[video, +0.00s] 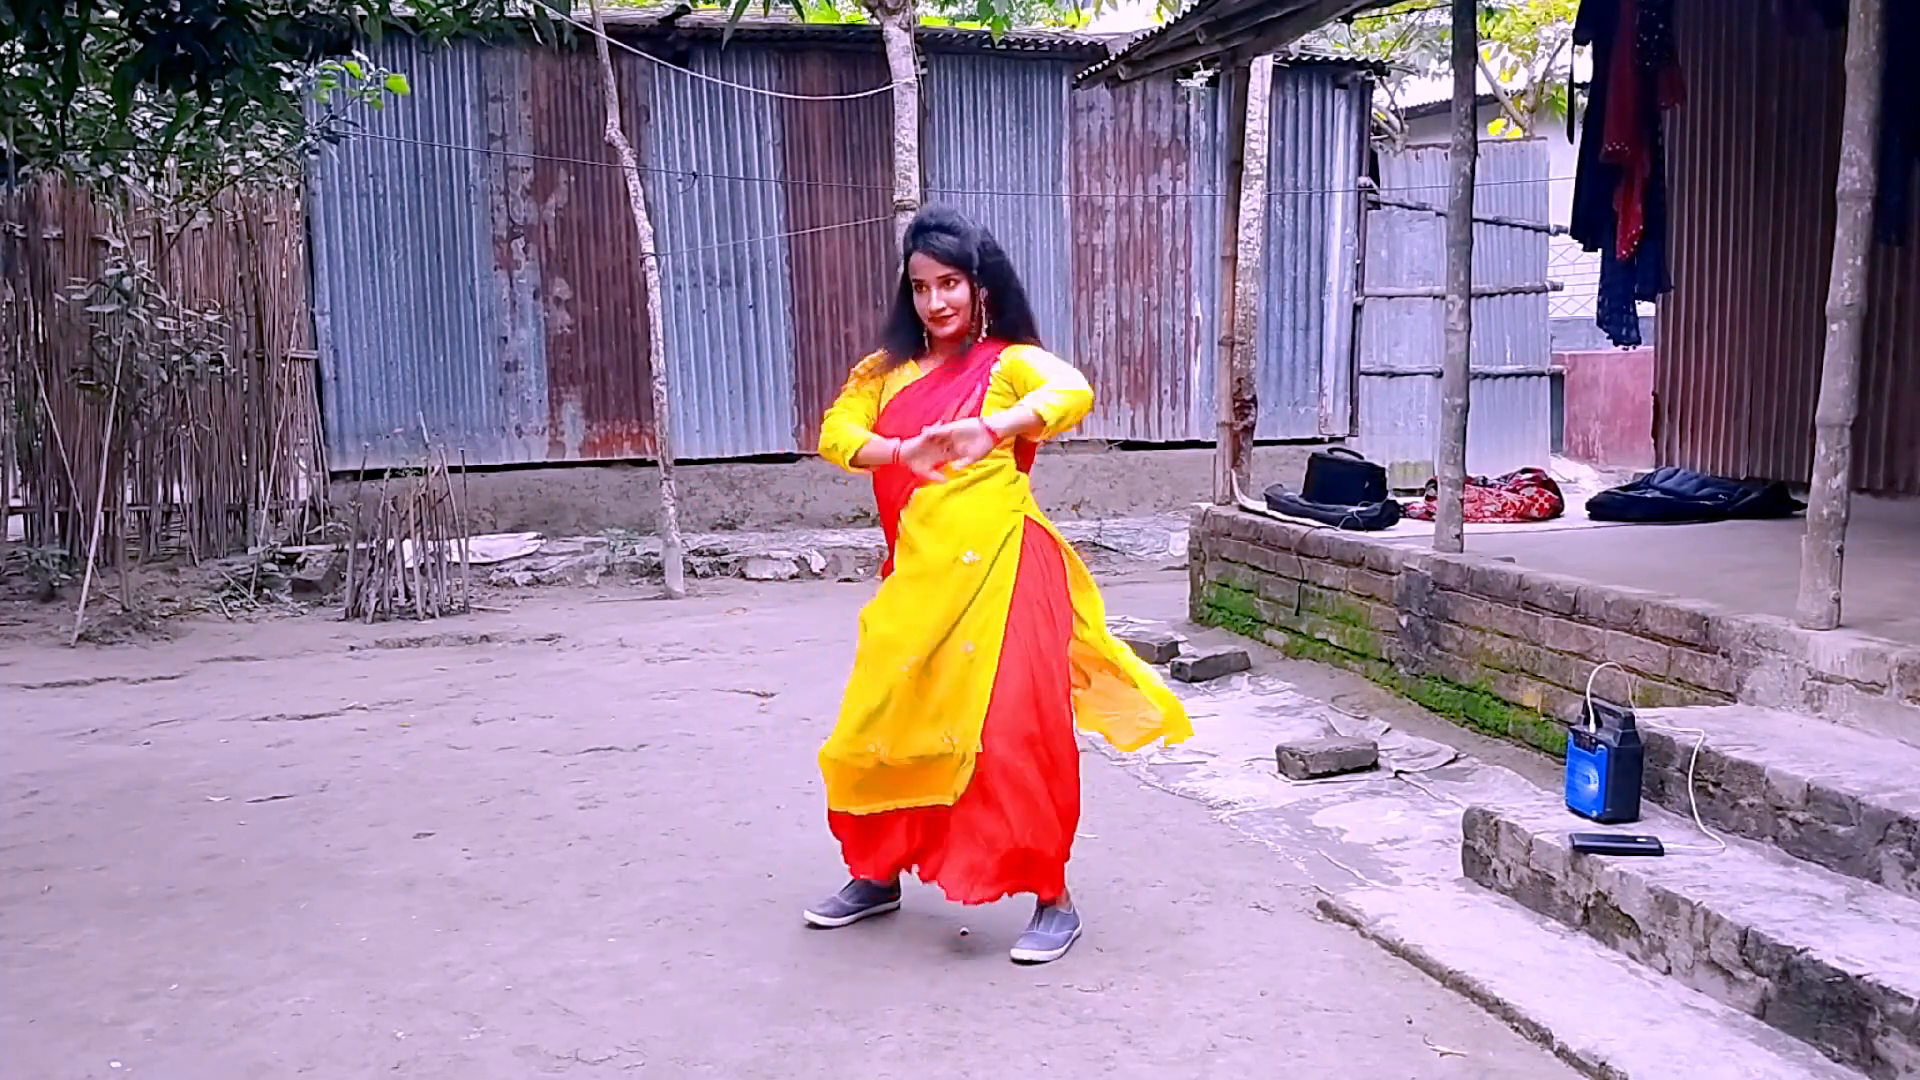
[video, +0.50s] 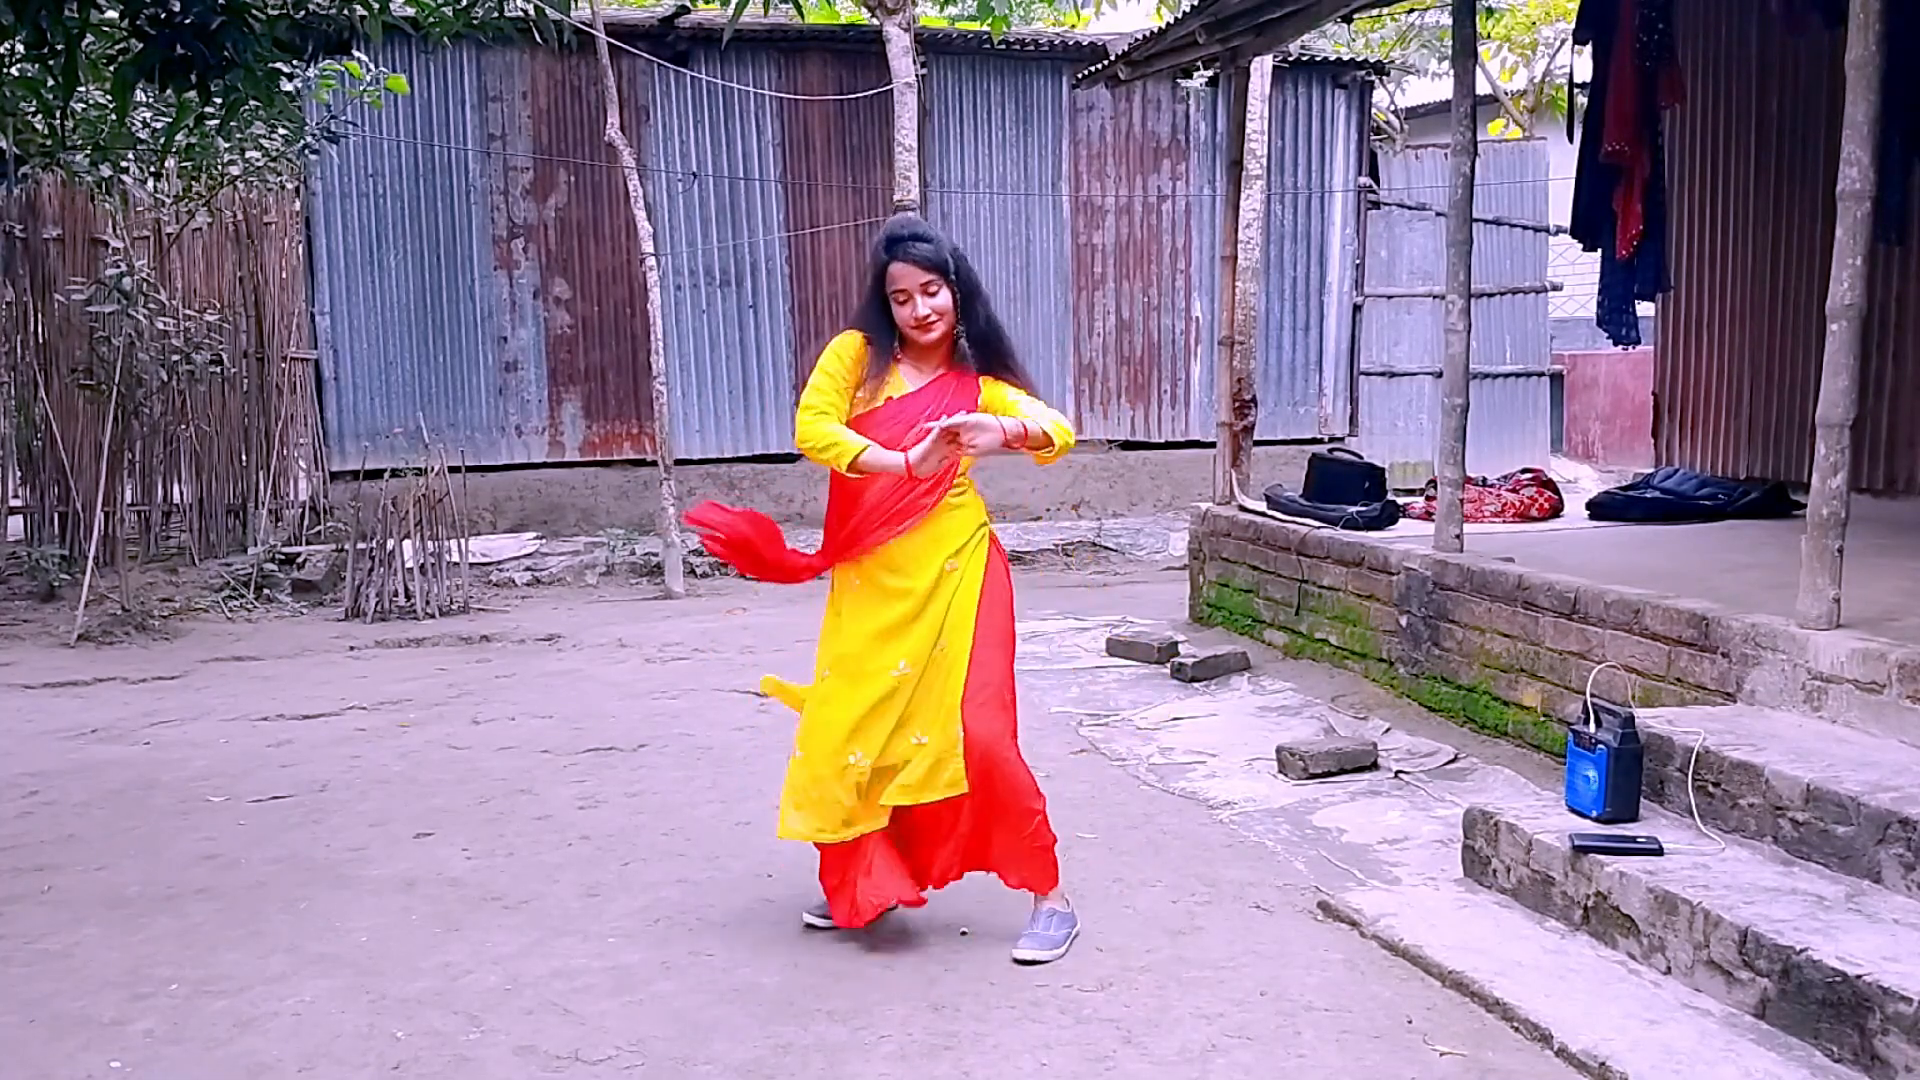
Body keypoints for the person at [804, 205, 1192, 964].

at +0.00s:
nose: (934, 301)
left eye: (949, 285)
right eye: (921, 287)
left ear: (981, 287)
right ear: (908, 292)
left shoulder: (1009, 360)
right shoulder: (885, 372)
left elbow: (1073, 392)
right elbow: (834, 436)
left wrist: (994, 426)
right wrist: (901, 450)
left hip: (1008, 568)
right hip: (917, 576)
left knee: (1020, 726)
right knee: (877, 717)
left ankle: (1053, 902)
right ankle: (876, 877)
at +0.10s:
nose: (937, 319)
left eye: (950, 302)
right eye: (922, 305)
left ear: (979, 302)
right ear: (908, 310)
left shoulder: (1005, 391)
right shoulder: (878, 377)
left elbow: (1088, 438)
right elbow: (824, 432)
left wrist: (1018, 394)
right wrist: (915, 411)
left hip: (997, 578)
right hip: (905, 586)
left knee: (1021, 734)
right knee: (871, 729)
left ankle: (1048, 901)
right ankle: (876, 876)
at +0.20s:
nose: (930, 300)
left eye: (943, 282)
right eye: (914, 288)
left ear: (973, 282)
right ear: (899, 294)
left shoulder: (1009, 376)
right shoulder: (874, 362)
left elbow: (1065, 450)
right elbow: (815, 429)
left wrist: (994, 449)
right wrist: (899, 446)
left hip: (974, 577)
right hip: (877, 576)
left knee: (1004, 733)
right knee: (860, 724)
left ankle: (1042, 900)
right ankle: (874, 872)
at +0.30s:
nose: (925, 294)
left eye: (936, 275)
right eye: (908, 282)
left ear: (964, 275)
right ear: (893, 290)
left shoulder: (1014, 362)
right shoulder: (875, 356)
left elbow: (1028, 447)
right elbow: (823, 429)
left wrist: (972, 515)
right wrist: (852, 506)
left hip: (947, 575)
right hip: (858, 571)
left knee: (973, 730)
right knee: (851, 721)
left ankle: (1042, 899)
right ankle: (870, 876)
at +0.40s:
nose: (921, 293)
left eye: (932, 274)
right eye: (903, 282)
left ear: (961, 273)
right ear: (889, 289)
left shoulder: (1000, 368)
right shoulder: (864, 352)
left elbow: (1045, 433)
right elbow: (820, 427)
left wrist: (997, 471)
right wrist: (878, 492)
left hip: (959, 569)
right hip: (866, 569)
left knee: (961, 730)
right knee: (841, 717)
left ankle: (1047, 897)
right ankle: (868, 881)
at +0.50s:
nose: (920, 309)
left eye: (932, 290)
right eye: (902, 297)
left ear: (956, 289)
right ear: (885, 301)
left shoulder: (975, 379)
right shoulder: (855, 351)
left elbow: (1057, 430)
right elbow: (812, 430)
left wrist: (1006, 432)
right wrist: (901, 461)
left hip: (962, 565)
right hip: (874, 570)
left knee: (979, 730)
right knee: (850, 721)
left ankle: (1049, 902)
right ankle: (855, 884)